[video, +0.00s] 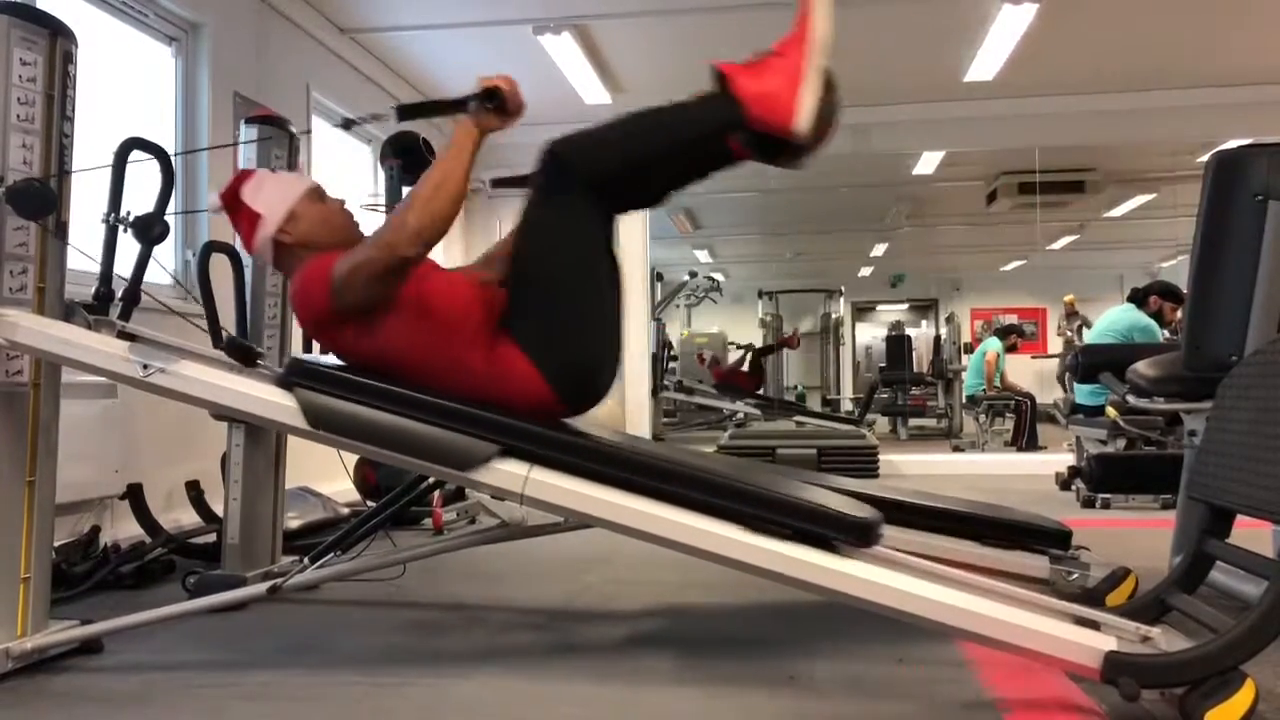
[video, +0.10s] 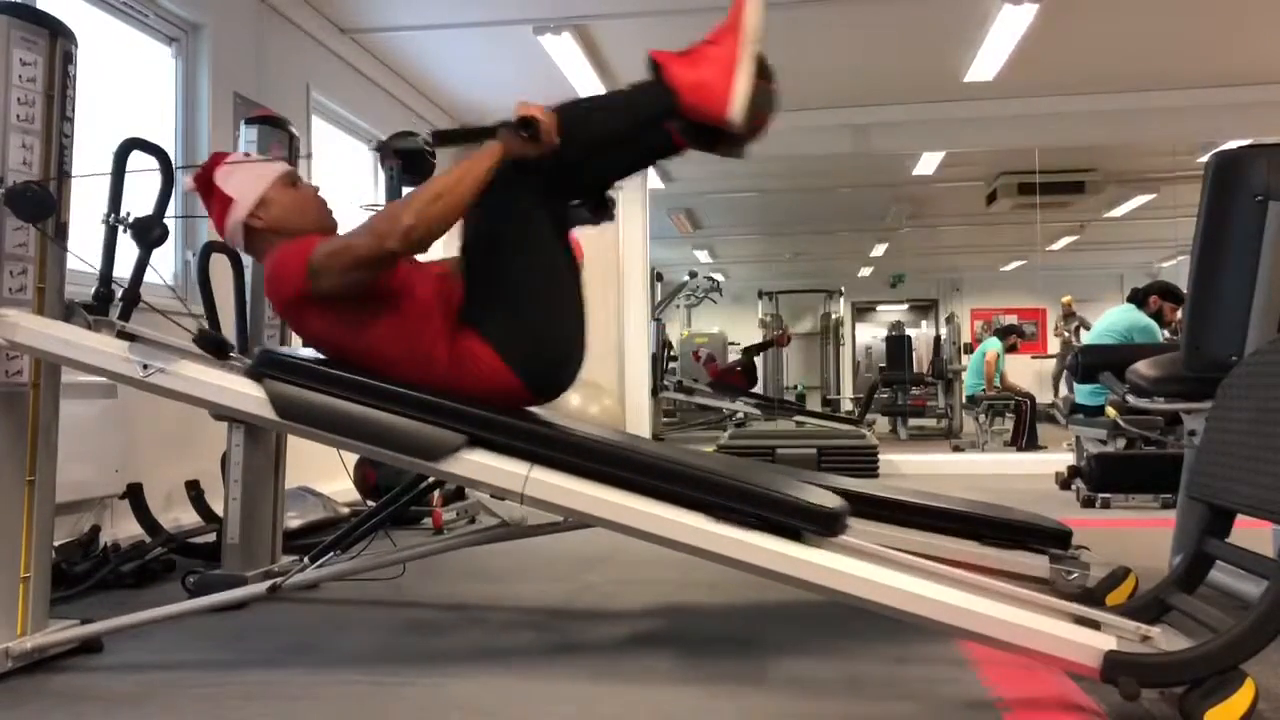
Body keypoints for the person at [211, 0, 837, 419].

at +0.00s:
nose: (333, 201)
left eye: (321, 192)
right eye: (314, 197)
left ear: (298, 226)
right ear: (287, 230)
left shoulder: (357, 280)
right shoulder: (320, 288)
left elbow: (481, 282)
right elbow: (408, 236)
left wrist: (552, 213)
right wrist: (474, 126)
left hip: (545, 351)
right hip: (547, 367)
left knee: (576, 174)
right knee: (569, 163)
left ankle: (755, 129)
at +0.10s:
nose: (311, 188)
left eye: (297, 177)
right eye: (290, 184)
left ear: (269, 215)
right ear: (258, 221)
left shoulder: (320, 268)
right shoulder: (292, 269)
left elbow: (410, 231)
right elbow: (395, 234)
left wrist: (504, 146)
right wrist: (501, 147)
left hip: (518, 347)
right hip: (512, 355)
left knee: (528, 179)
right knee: (517, 172)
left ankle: (694, 123)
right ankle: (683, 86)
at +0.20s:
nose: (297, 176)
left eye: (286, 166)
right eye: (276, 172)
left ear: (244, 207)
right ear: (240, 206)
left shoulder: (292, 262)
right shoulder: (279, 252)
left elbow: (421, 236)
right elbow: (406, 224)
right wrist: (529, 180)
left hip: (497, 343)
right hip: (494, 345)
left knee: (477, 167)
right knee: (467, 147)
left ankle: (659, 120)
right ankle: (640, 83)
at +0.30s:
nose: (294, 167)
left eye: (282, 156)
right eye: (273, 159)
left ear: (236, 196)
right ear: (235, 191)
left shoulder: (282, 255)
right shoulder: (272, 240)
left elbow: (418, 248)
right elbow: (398, 229)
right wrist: (537, 201)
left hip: (485, 342)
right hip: (478, 341)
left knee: (451, 163)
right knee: (444, 147)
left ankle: (642, 115)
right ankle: (624, 77)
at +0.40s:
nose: (294, 163)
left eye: (283, 154)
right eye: (273, 158)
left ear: (241, 193)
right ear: (237, 190)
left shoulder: (285, 247)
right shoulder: (273, 240)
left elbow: (422, 245)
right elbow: (401, 230)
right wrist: (537, 208)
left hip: (483, 341)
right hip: (479, 344)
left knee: (450, 160)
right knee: (445, 149)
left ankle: (652, 116)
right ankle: (628, 78)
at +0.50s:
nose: (301, 167)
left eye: (289, 156)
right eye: (280, 160)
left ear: (249, 196)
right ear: (242, 193)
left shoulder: (297, 255)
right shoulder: (279, 244)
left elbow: (433, 263)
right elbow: (397, 228)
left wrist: (576, 264)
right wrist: (533, 196)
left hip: (498, 343)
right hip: (490, 345)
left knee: (483, 165)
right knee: (471, 147)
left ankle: (673, 120)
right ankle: (651, 83)